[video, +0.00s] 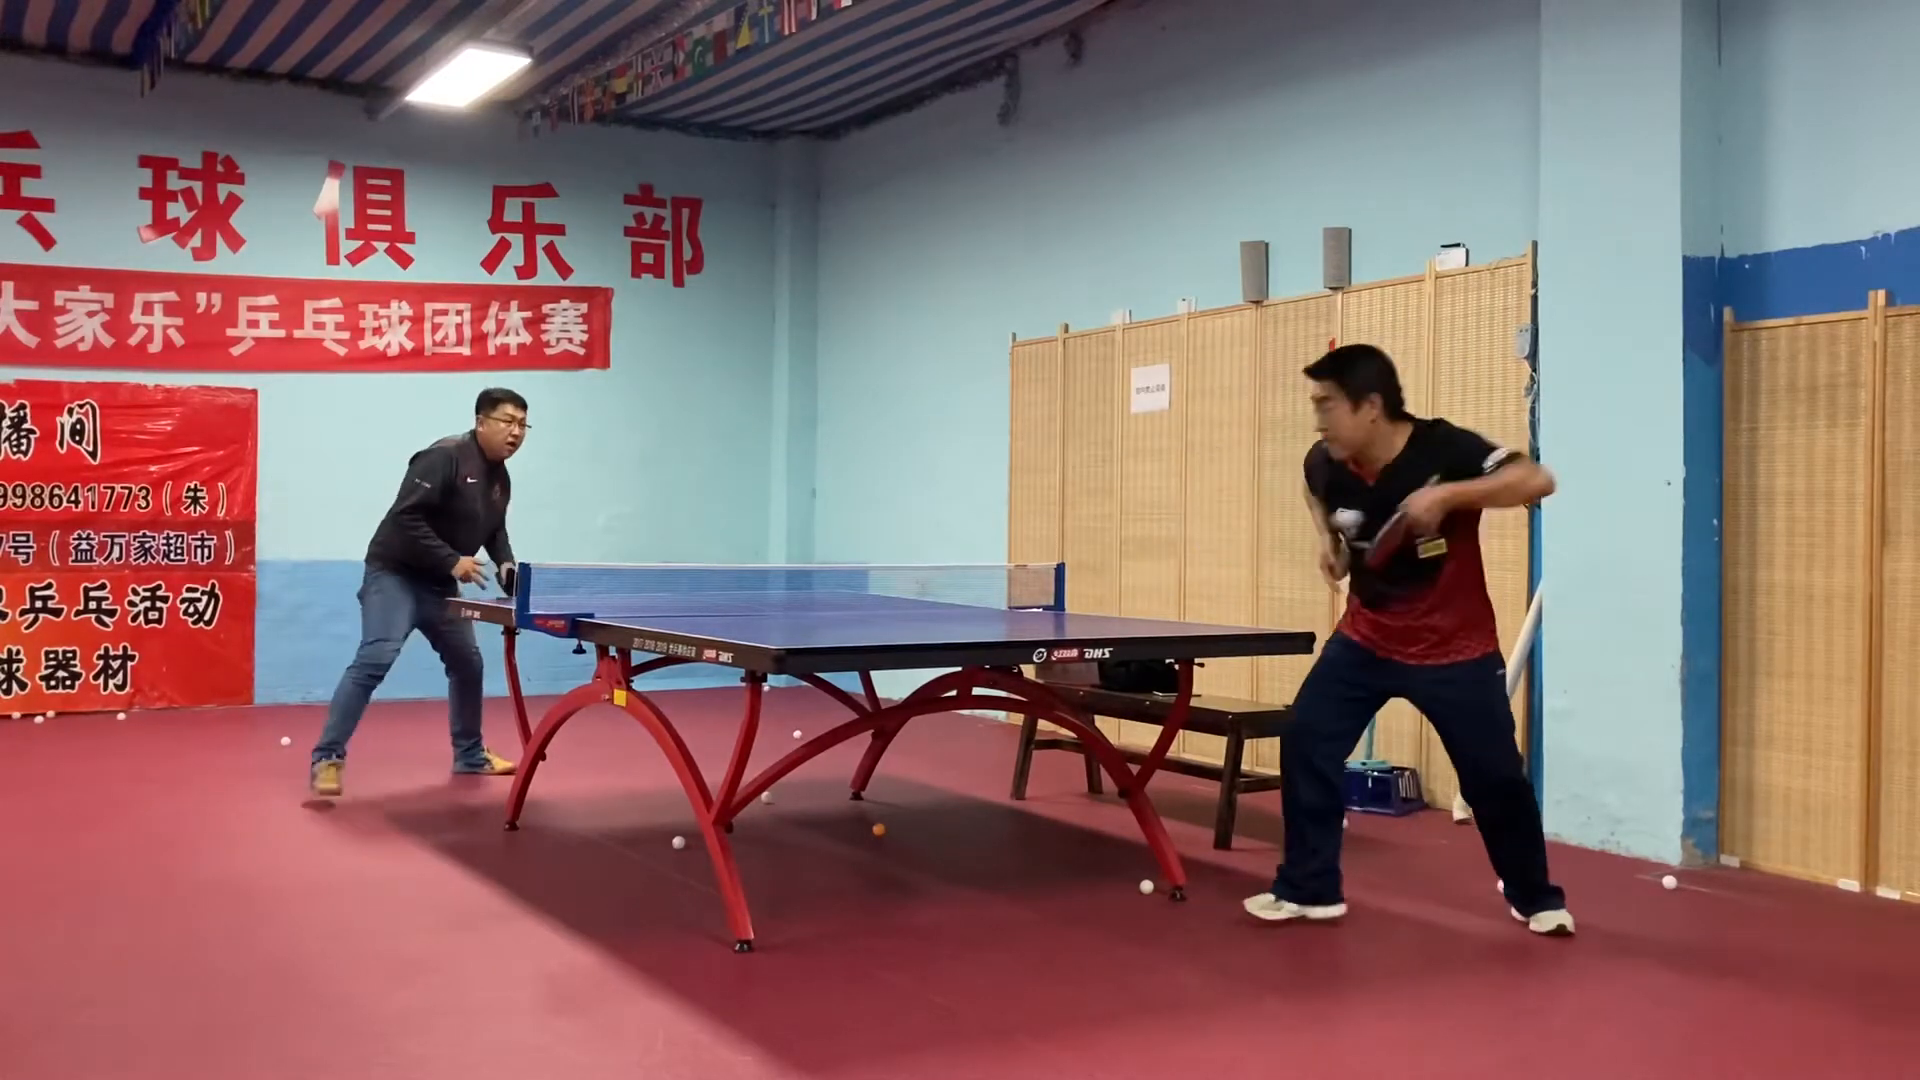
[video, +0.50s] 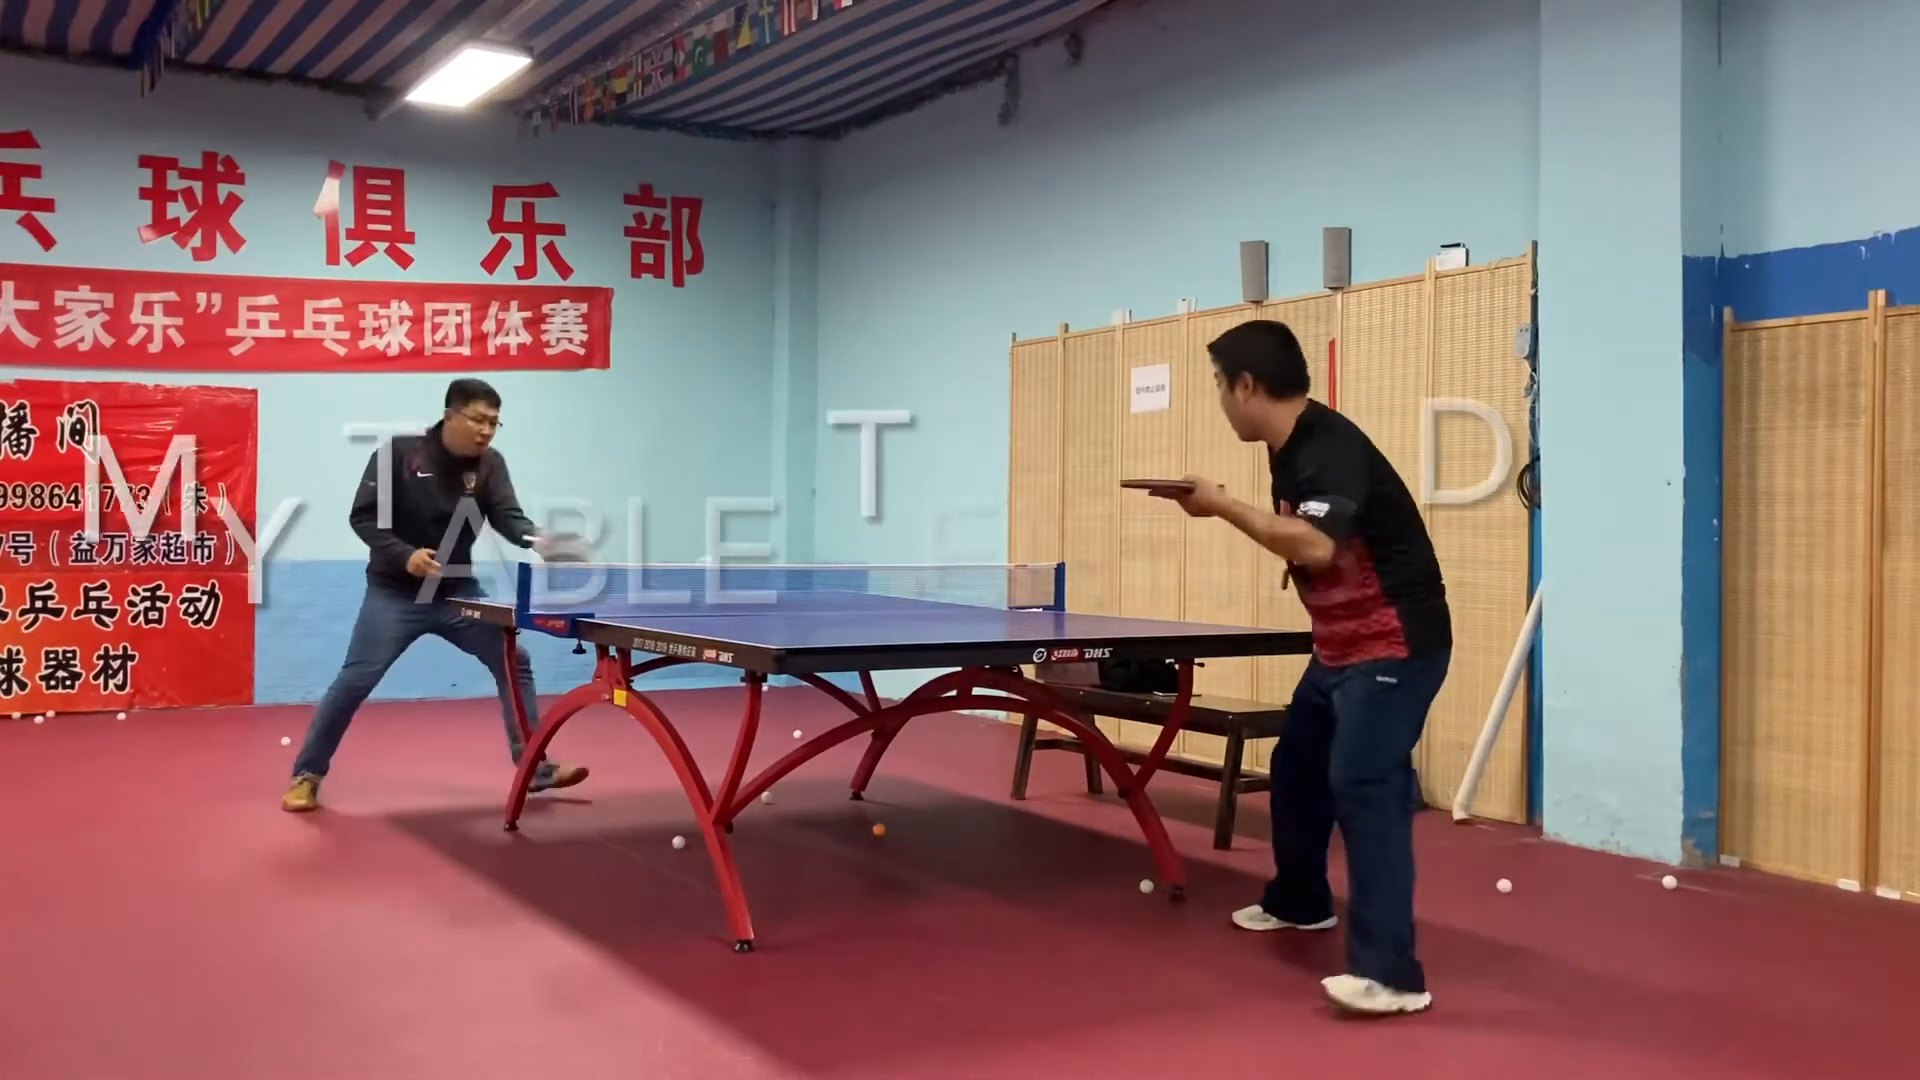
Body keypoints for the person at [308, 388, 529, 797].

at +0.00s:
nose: (516, 433)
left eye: (522, 426)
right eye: (508, 423)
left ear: (524, 431)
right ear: (481, 422)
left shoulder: (500, 479)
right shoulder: (442, 458)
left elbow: (494, 529)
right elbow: (404, 521)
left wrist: (506, 564)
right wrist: (451, 559)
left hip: (439, 583)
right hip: (394, 574)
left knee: (467, 663)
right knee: (376, 656)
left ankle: (469, 755)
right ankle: (328, 758)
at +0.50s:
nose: (487, 430)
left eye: (493, 423)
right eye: (478, 420)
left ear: (496, 425)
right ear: (450, 417)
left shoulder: (489, 464)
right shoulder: (398, 453)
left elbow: (507, 515)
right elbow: (363, 517)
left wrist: (536, 538)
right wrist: (404, 554)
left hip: (457, 594)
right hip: (394, 595)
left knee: (513, 659)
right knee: (358, 676)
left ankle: (534, 766)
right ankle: (307, 775)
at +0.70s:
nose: (534, 454)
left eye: (542, 446)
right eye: (526, 443)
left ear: (549, 446)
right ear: (500, 437)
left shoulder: (546, 486)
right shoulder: (456, 459)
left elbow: (561, 541)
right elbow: (410, 501)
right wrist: (409, 546)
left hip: (505, 609)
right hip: (441, 601)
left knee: (541, 667)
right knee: (381, 679)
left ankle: (556, 780)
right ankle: (325, 776)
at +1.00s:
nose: (538, 438)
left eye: (547, 430)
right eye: (529, 428)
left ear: (555, 431)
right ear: (506, 425)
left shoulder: (561, 480)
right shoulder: (471, 453)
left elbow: (569, 546)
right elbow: (439, 499)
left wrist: (552, 598)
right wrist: (425, 548)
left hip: (527, 602)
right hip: (462, 593)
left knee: (545, 668)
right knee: (405, 676)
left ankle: (557, 779)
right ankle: (382, 766)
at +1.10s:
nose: (525, 428)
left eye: (532, 419)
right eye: (515, 418)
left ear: (540, 422)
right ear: (491, 418)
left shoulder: (549, 470)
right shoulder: (454, 452)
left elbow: (564, 539)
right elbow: (414, 502)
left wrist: (547, 594)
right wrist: (411, 549)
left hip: (521, 597)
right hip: (457, 592)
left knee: (550, 671)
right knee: (411, 680)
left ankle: (563, 777)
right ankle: (401, 766)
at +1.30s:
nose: (516, 428)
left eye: (524, 420)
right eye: (506, 418)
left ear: (531, 424)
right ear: (484, 418)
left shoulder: (540, 470)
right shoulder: (446, 461)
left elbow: (576, 532)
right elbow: (409, 514)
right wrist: (401, 557)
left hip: (522, 601)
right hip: (456, 599)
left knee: (576, 668)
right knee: (410, 681)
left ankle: (598, 759)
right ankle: (399, 766)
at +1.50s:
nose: (558, 422)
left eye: (566, 415)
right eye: (548, 413)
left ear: (573, 419)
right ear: (527, 413)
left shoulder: (576, 465)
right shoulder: (485, 456)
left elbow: (598, 521)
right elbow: (446, 510)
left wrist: (620, 518)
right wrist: (460, 568)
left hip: (547, 587)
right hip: (484, 587)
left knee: (604, 650)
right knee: (443, 672)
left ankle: (610, 750)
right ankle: (404, 764)